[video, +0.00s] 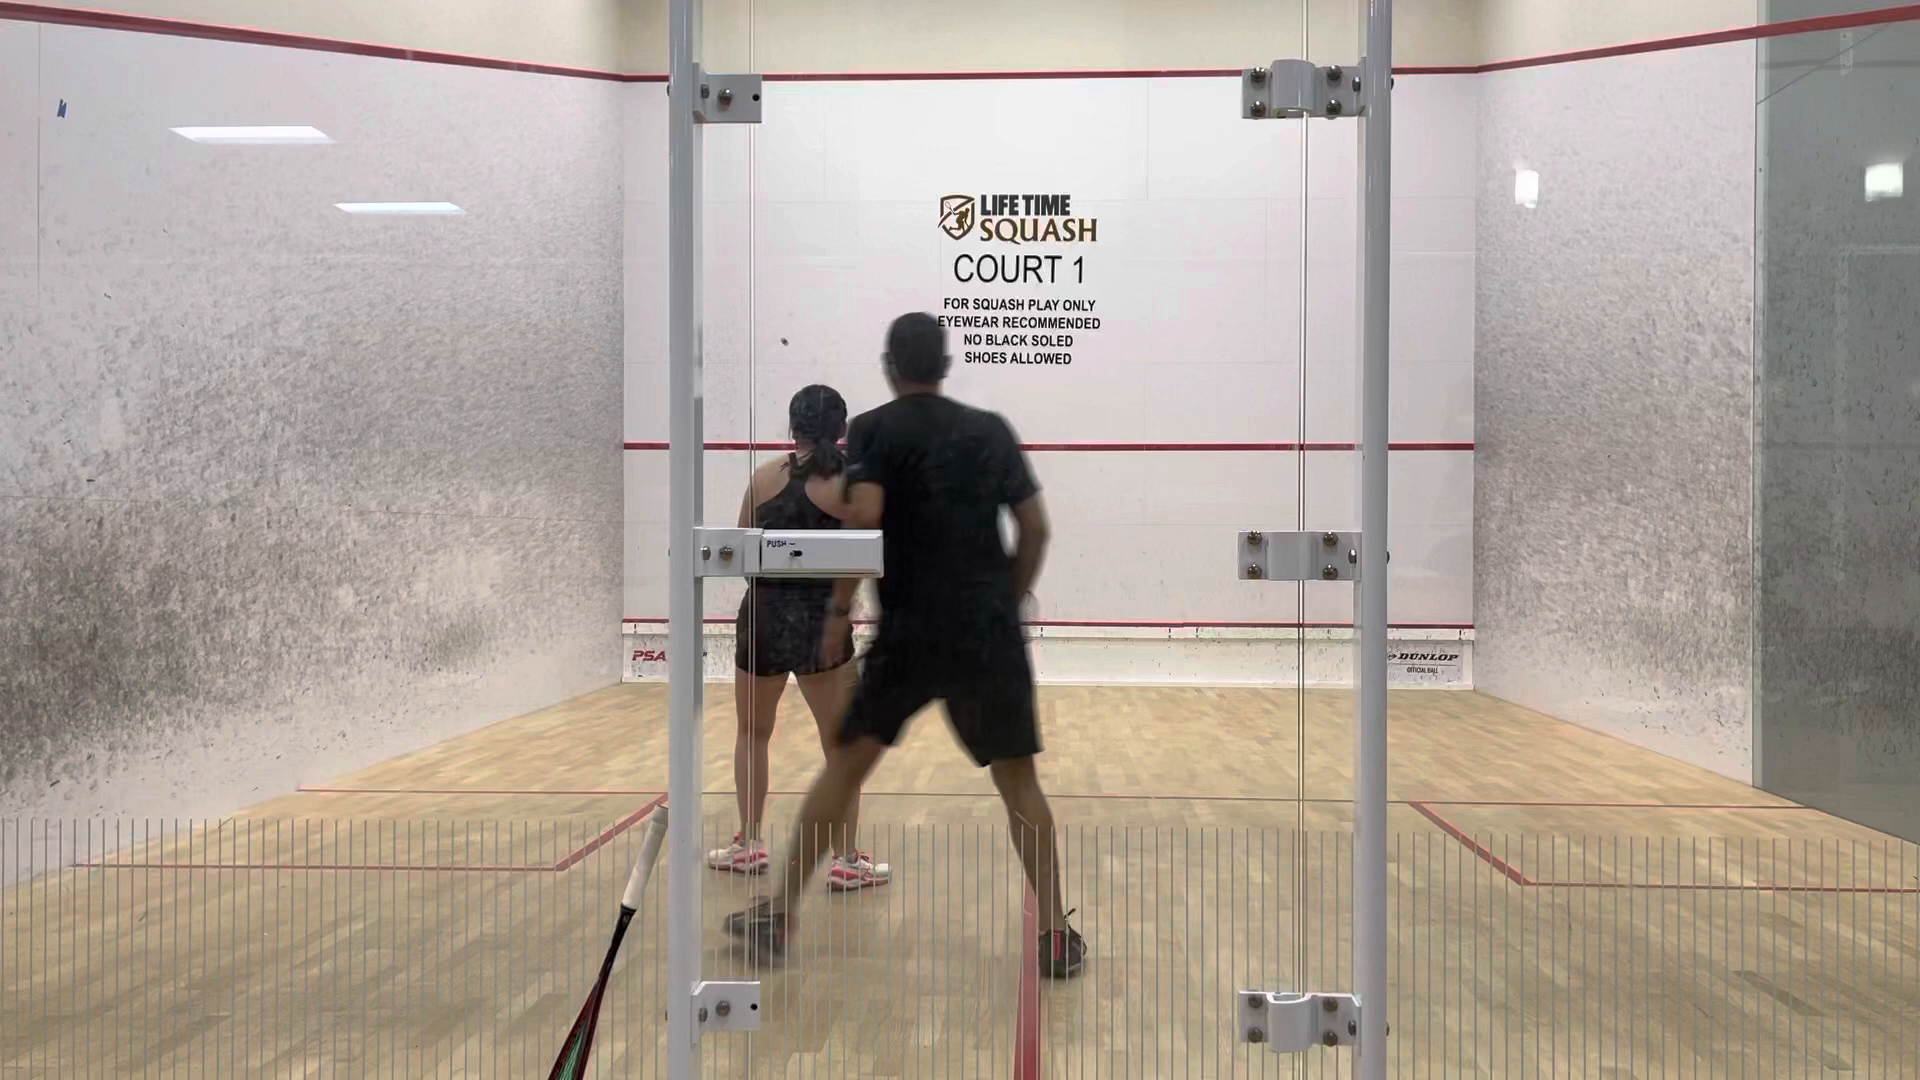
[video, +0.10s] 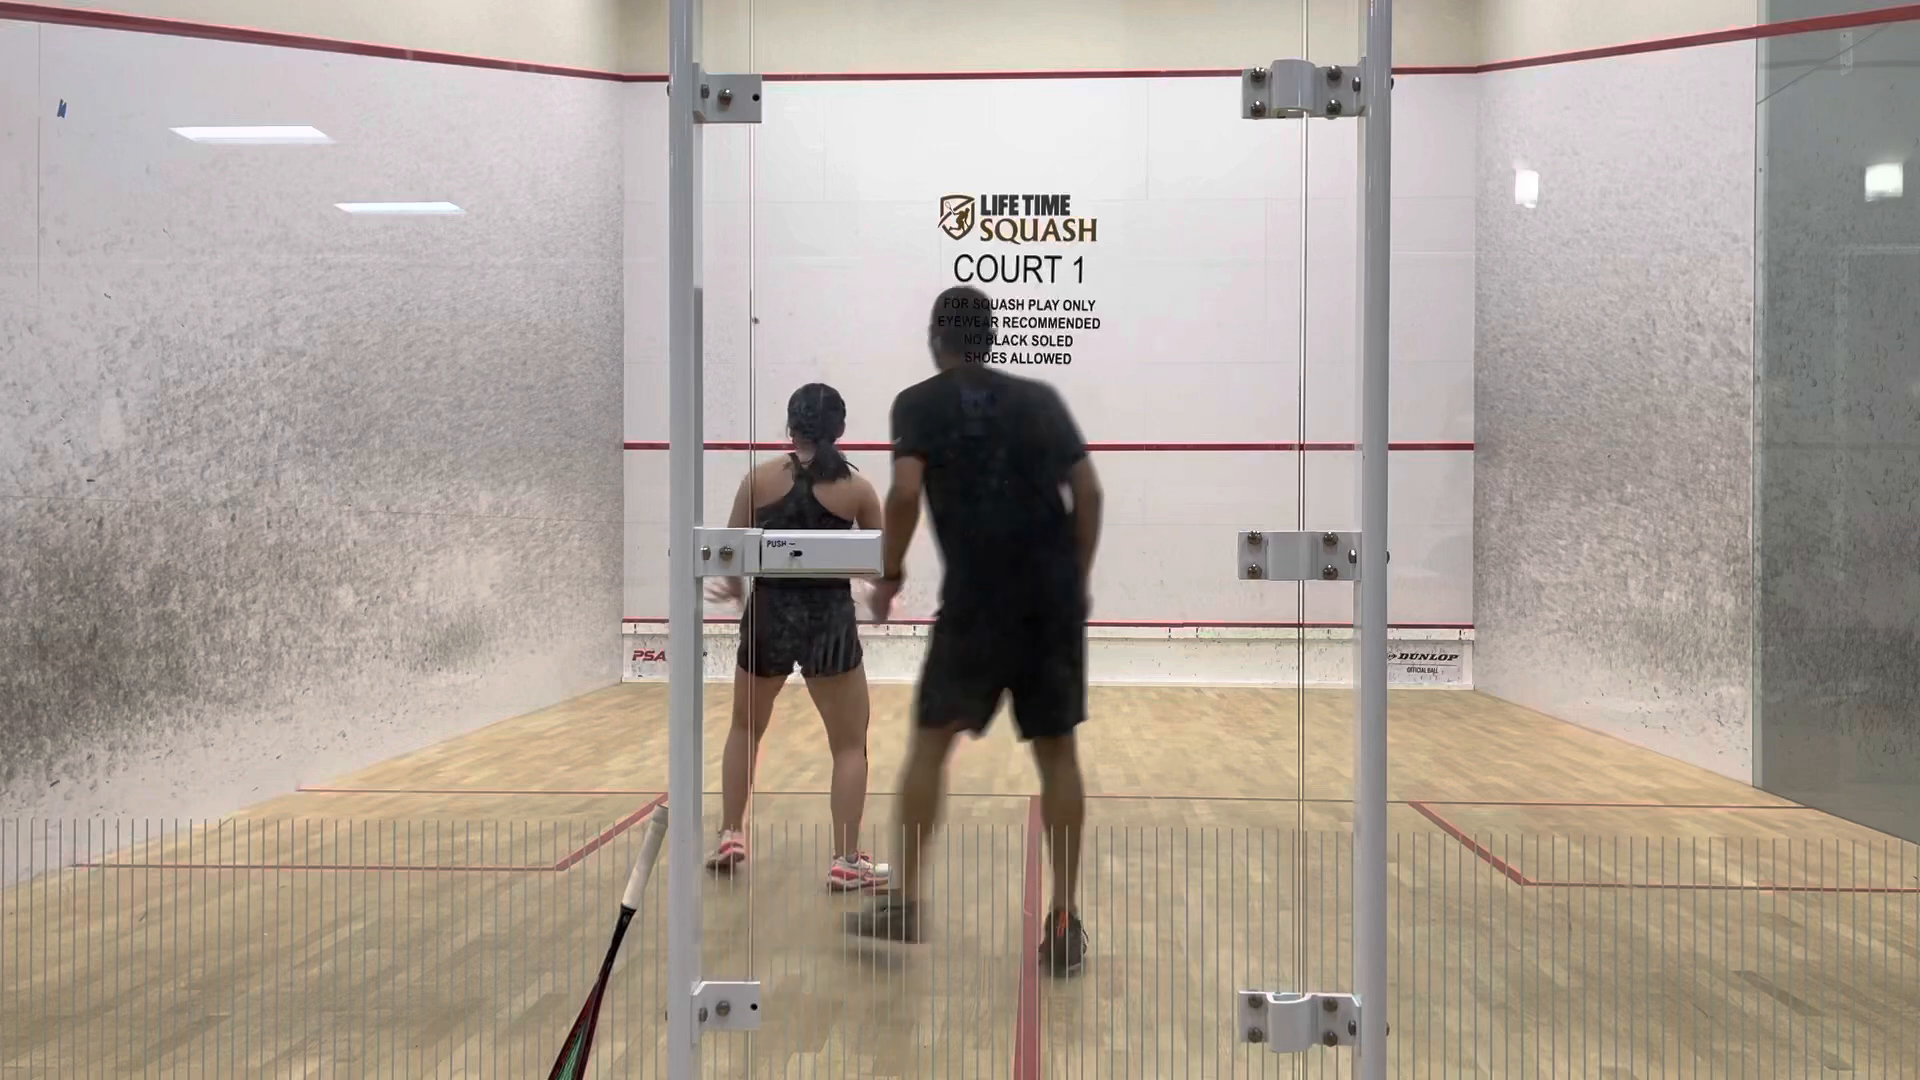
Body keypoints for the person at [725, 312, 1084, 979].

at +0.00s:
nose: (889, 371)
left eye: (888, 361)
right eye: (908, 358)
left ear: (891, 365)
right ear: (945, 364)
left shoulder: (876, 429)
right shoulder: (990, 430)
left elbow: (865, 512)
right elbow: (1035, 529)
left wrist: (823, 486)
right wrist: (1011, 595)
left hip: (910, 634)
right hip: (988, 635)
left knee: (846, 764)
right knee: (1020, 780)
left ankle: (777, 913)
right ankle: (1055, 933)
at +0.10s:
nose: (941, 346)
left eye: (939, 335)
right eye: (954, 332)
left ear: (935, 340)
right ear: (991, 339)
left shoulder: (919, 403)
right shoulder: (1041, 398)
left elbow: (906, 497)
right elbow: (1089, 494)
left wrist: (889, 576)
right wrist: (1074, 577)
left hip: (974, 607)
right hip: (1053, 605)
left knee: (929, 747)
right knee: (1057, 753)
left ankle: (905, 900)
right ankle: (1065, 919)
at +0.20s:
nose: (993, 326)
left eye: (986, 314)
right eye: (1007, 310)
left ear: (979, 321)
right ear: (1033, 316)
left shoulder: (962, 386)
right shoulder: (1086, 374)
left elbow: (948, 483)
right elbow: (1140, 469)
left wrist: (942, 540)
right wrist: (1137, 561)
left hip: (1024, 585)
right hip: (1103, 580)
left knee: (1015, 735)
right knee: (1109, 732)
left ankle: (1032, 893)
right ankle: (1119, 892)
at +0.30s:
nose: (1046, 339)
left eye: (1039, 328)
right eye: (1066, 325)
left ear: (1030, 335)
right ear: (1087, 333)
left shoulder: (1010, 403)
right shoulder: (1134, 394)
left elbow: (1004, 503)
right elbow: (1194, 493)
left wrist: (998, 565)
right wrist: (1200, 586)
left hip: (1066, 612)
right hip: (1147, 604)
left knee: (1083, 765)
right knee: (1184, 749)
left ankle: (1112, 923)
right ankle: (1219, 898)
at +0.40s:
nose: (1077, 368)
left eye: (1079, 359)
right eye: (1083, 358)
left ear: (1088, 364)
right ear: (1141, 363)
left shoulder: (1064, 431)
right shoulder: (1188, 425)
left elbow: (1051, 538)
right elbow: (1242, 523)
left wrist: (1060, 602)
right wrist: (1264, 615)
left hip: (1110, 639)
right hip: (1194, 629)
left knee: (1112, 785)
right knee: (1258, 766)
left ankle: (1123, 945)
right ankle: (1317, 914)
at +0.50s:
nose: (1134, 364)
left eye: (1136, 354)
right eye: (1137, 353)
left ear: (1150, 359)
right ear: (1200, 358)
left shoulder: (1124, 430)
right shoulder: (1251, 424)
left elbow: (1108, 537)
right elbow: (1295, 526)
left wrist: (1120, 602)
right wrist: (1317, 616)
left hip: (1165, 635)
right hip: (1251, 630)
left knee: (1142, 777)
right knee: (1310, 768)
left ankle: (1122, 929)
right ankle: (1352, 919)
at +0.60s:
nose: (1194, 357)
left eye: (1197, 349)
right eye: (1199, 348)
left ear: (1209, 354)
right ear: (1259, 353)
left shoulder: (1181, 422)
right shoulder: (1309, 416)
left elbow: (1157, 523)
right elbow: (1345, 518)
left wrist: (1172, 589)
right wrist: (1358, 602)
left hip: (1228, 620)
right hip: (1313, 615)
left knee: (1192, 758)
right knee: (1339, 761)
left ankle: (1149, 883)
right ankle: (1354, 915)